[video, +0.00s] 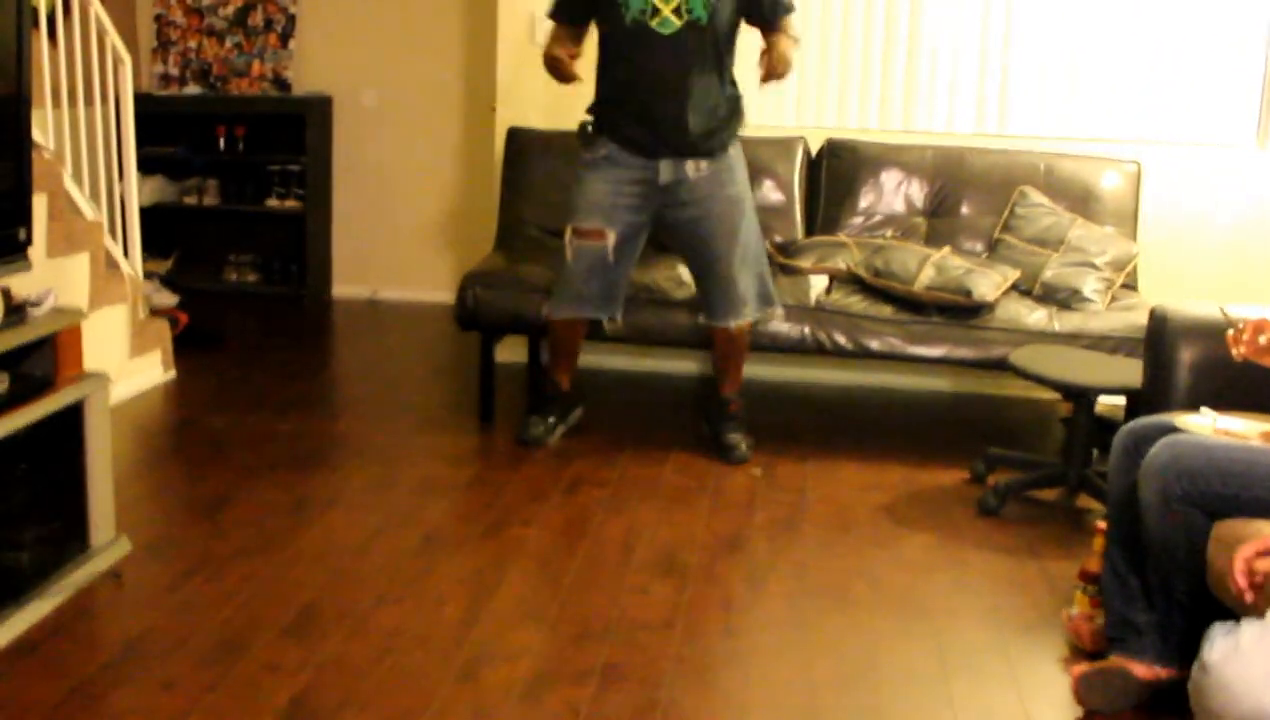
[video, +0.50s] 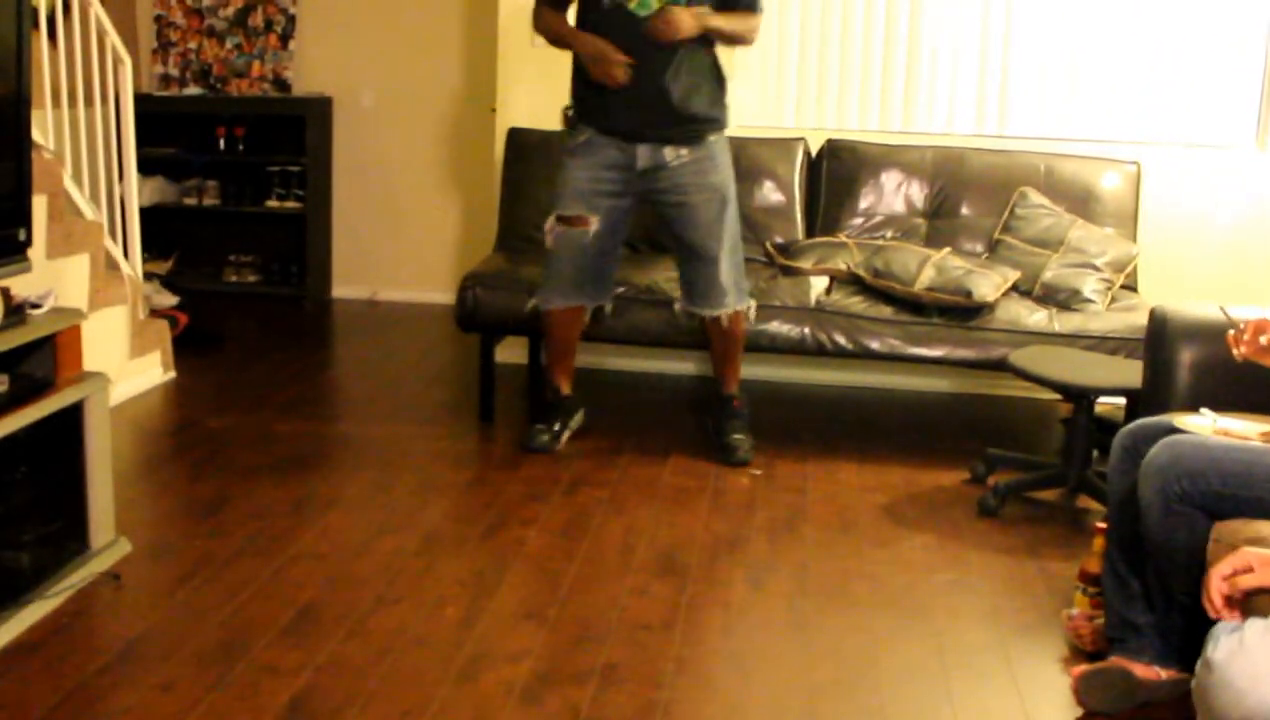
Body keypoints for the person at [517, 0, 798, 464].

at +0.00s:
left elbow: (778, 24)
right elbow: (567, 32)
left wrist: (780, 46)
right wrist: (559, 55)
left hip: (709, 151)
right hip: (619, 148)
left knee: (734, 288)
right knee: (578, 275)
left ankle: (727, 408)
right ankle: (558, 397)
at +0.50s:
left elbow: (747, 25)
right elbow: (545, 14)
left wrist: (702, 20)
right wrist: (585, 44)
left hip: (692, 137)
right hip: (599, 135)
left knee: (721, 282)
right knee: (566, 272)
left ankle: (729, 404)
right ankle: (559, 398)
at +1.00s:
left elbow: (753, 32)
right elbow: (566, 27)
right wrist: (634, 2)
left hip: (698, 141)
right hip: (607, 138)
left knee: (726, 289)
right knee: (576, 278)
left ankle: (733, 411)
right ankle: (565, 406)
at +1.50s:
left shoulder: (756, 3)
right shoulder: (615, 2)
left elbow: (808, 69)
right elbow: (593, 76)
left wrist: (808, 28)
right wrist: (568, 46)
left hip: (733, 177)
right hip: (639, 174)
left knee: (757, 321)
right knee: (596, 301)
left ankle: (754, 438)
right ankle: (577, 432)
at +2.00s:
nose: (666, 96)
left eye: (679, 86)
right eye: (657, 85)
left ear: (702, 94)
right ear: (642, 92)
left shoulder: (739, 170)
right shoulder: (601, 166)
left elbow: (765, 264)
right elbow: (569, 251)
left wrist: (741, 241)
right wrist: (608, 265)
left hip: (716, 367)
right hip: (623, 367)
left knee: (748, 506)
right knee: (591, 494)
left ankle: (756, 636)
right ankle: (582, 634)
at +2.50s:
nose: (688, 147)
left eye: (698, 135)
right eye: (675, 136)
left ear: (714, 132)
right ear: (654, 135)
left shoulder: (751, 201)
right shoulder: (615, 195)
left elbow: (770, 294)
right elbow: (594, 288)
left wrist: (726, 272)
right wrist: (668, 257)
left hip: (721, 402)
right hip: (630, 399)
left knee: (752, 548)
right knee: (601, 526)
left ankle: (757, 665)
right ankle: (583, 662)